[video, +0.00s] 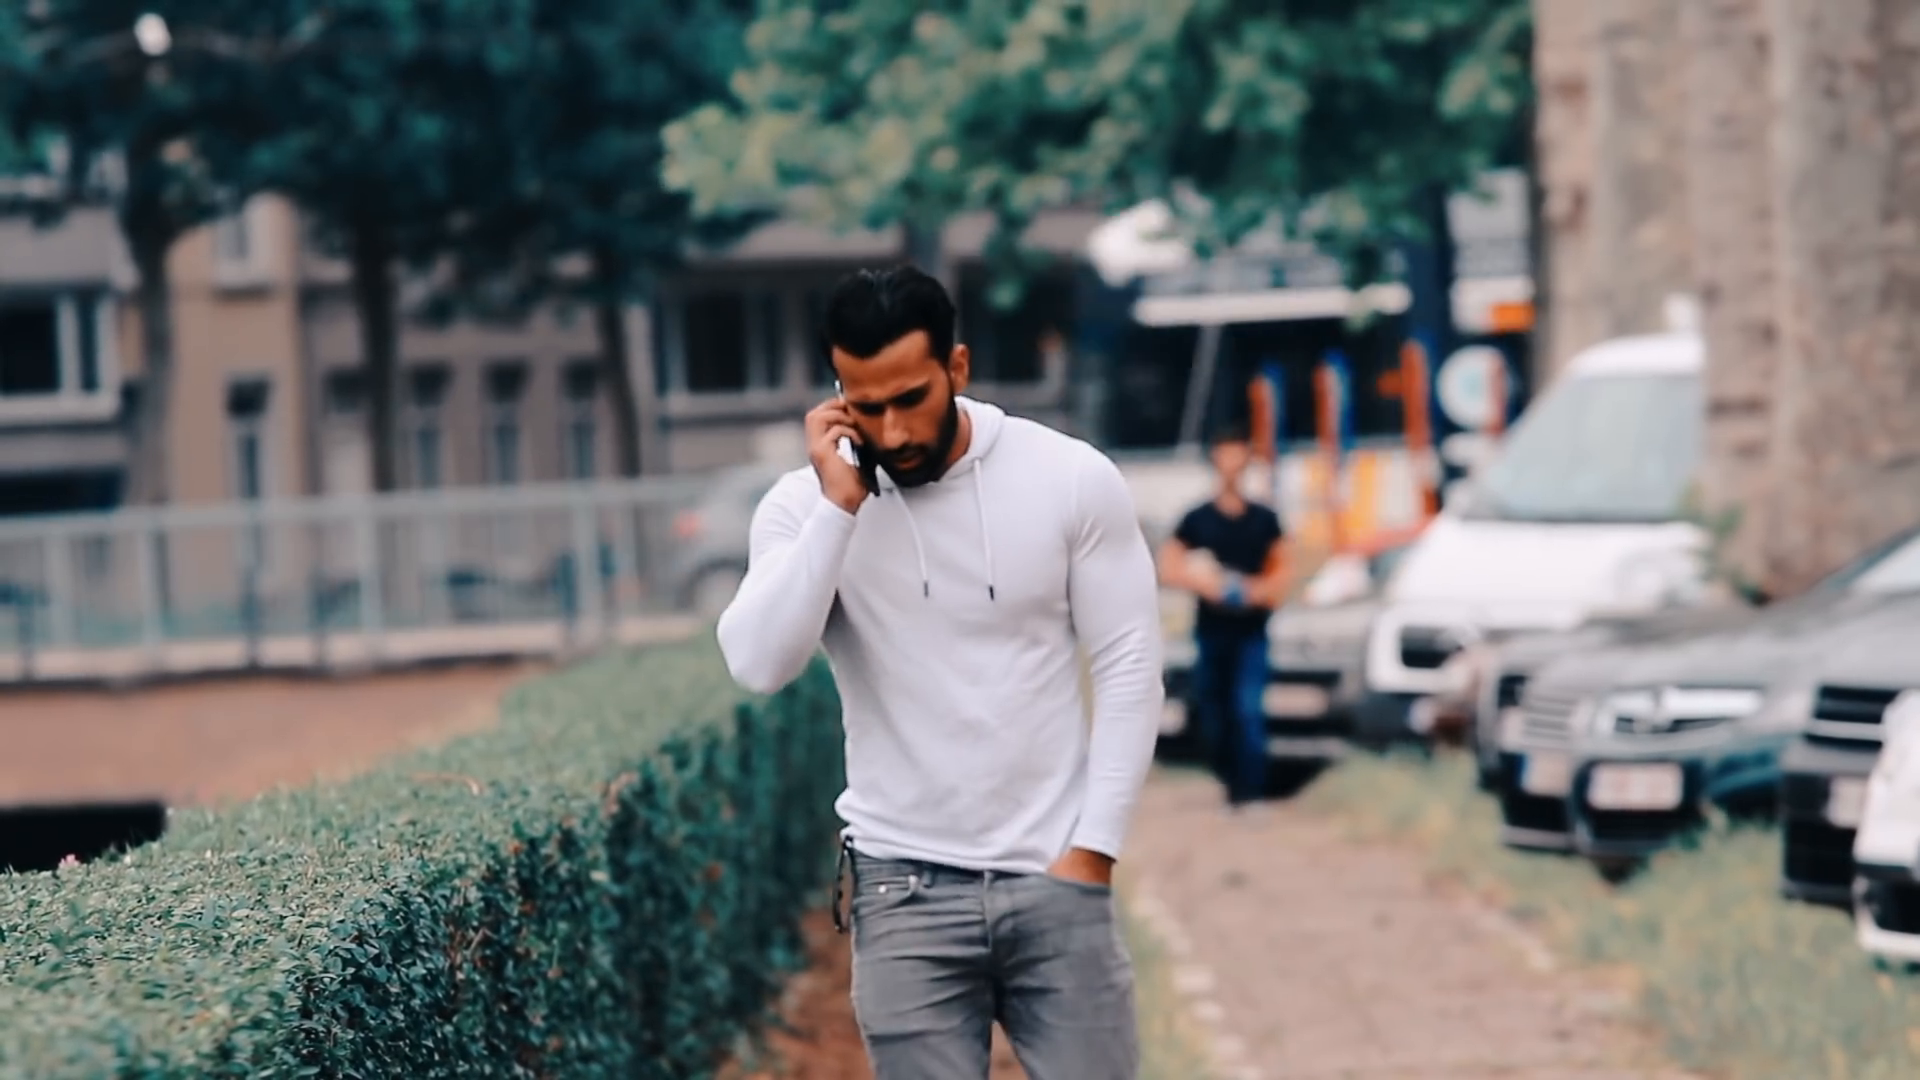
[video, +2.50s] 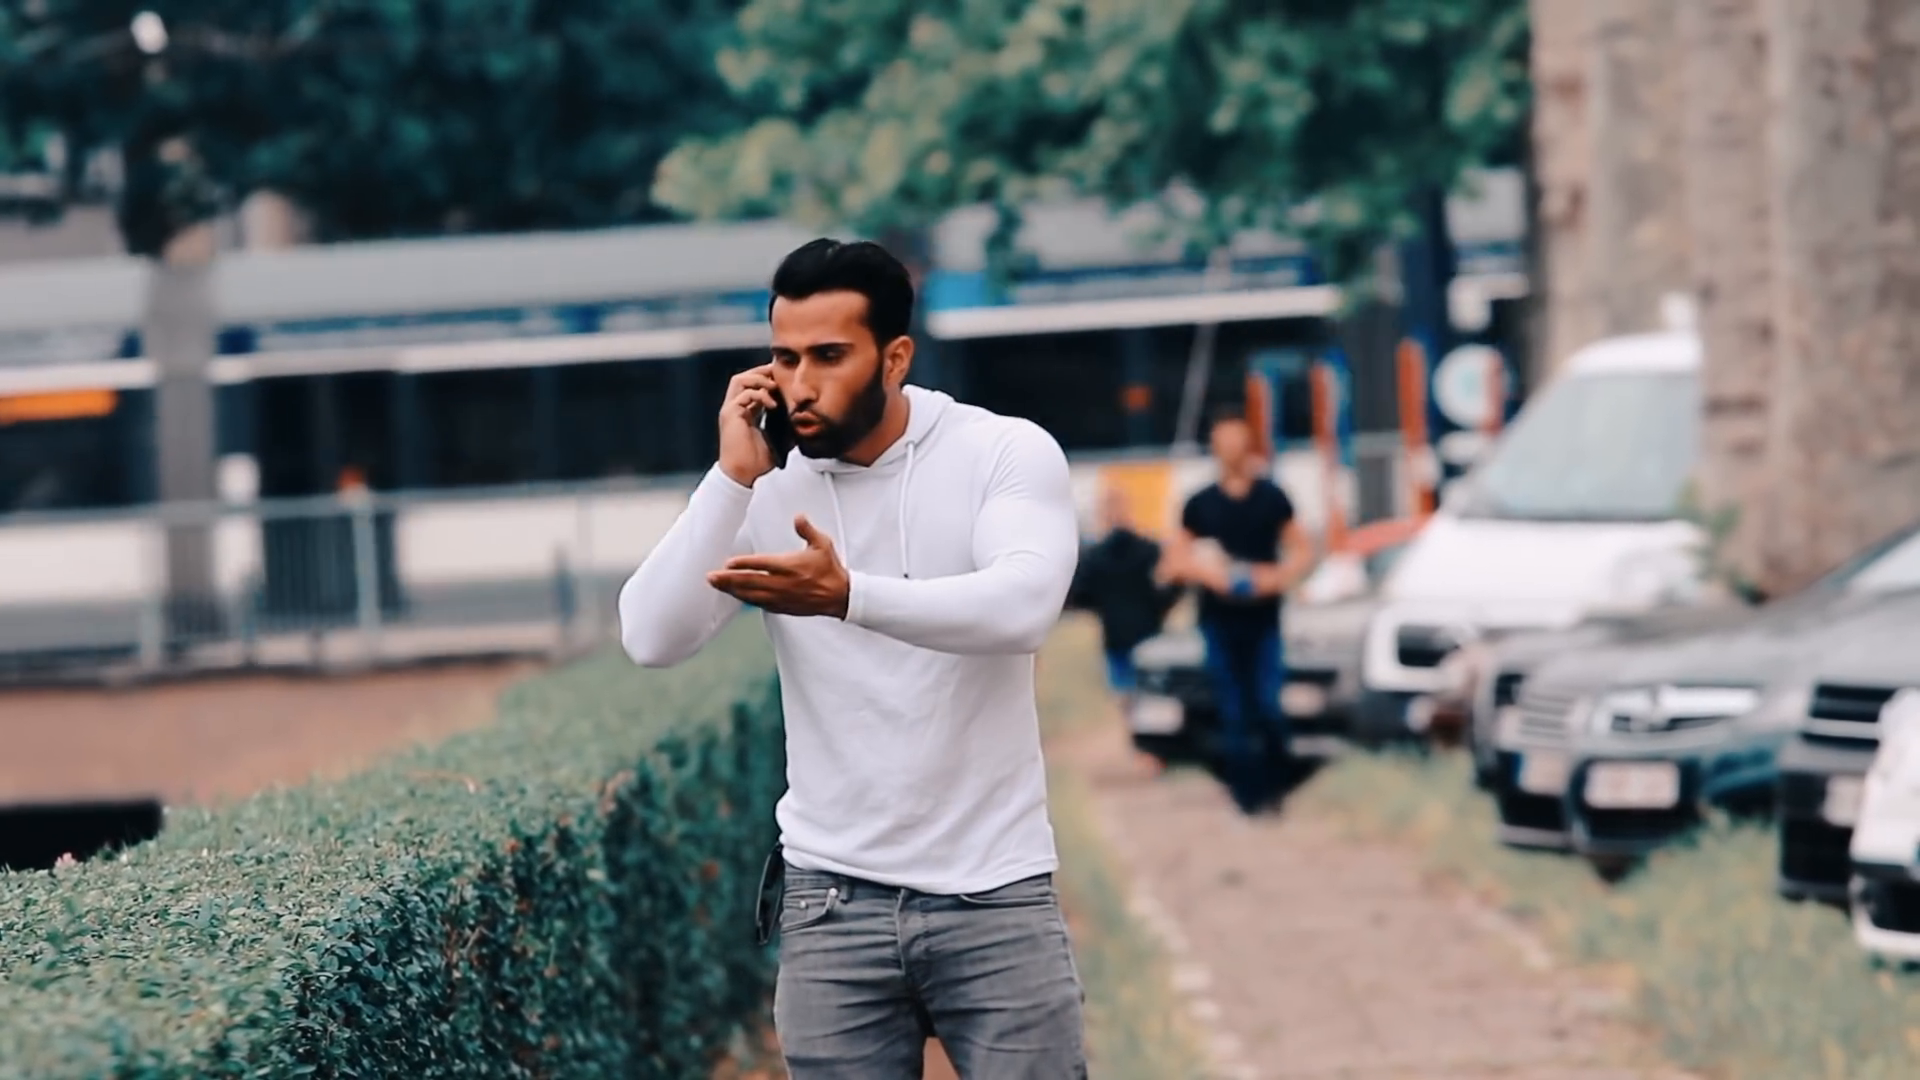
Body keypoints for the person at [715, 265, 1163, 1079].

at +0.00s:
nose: (891, 433)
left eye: (911, 400)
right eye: (865, 408)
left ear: (958, 367)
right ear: (837, 387)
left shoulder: (1070, 480)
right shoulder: (804, 506)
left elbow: (1128, 667)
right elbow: (756, 664)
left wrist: (1092, 853)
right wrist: (837, 506)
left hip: (1060, 885)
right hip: (903, 891)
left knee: (1098, 1066)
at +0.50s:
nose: (923, 410)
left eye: (947, 381)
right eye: (901, 383)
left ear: (998, 366)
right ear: (874, 372)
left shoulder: (1090, 505)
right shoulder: (815, 488)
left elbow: (1127, 696)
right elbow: (745, 631)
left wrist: (1067, 864)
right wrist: (853, 481)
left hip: (1028, 903)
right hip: (874, 906)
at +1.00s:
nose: (888, 356)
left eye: (916, 329)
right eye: (875, 330)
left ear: (984, 334)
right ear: (857, 332)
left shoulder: (1088, 481)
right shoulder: (830, 470)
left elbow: (1127, 687)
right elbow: (709, 585)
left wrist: (1068, 869)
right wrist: (813, 433)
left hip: (1026, 905)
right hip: (871, 895)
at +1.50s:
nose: (792, 369)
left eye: (822, 339)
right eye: (777, 342)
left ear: (888, 346)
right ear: (760, 351)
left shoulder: (996, 472)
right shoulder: (741, 487)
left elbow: (1106, 643)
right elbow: (623, 608)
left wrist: (994, 724)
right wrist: (722, 452)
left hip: (975, 900)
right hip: (808, 904)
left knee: (1024, 1065)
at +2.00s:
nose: (812, 369)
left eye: (841, 340)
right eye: (797, 342)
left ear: (906, 347)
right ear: (781, 346)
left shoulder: (1015, 457)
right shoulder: (762, 486)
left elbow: (1059, 616)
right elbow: (641, 615)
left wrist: (915, 504)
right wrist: (736, 459)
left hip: (989, 899)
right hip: (821, 902)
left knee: (1032, 1065)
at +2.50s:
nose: (799, 385)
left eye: (827, 358)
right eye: (787, 358)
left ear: (895, 356)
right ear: (769, 358)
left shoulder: (1009, 453)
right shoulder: (765, 489)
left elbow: (1021, 606)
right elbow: (650, 637)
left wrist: (848, 595)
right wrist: (733, 476)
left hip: (997, 896)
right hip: (829, 902)